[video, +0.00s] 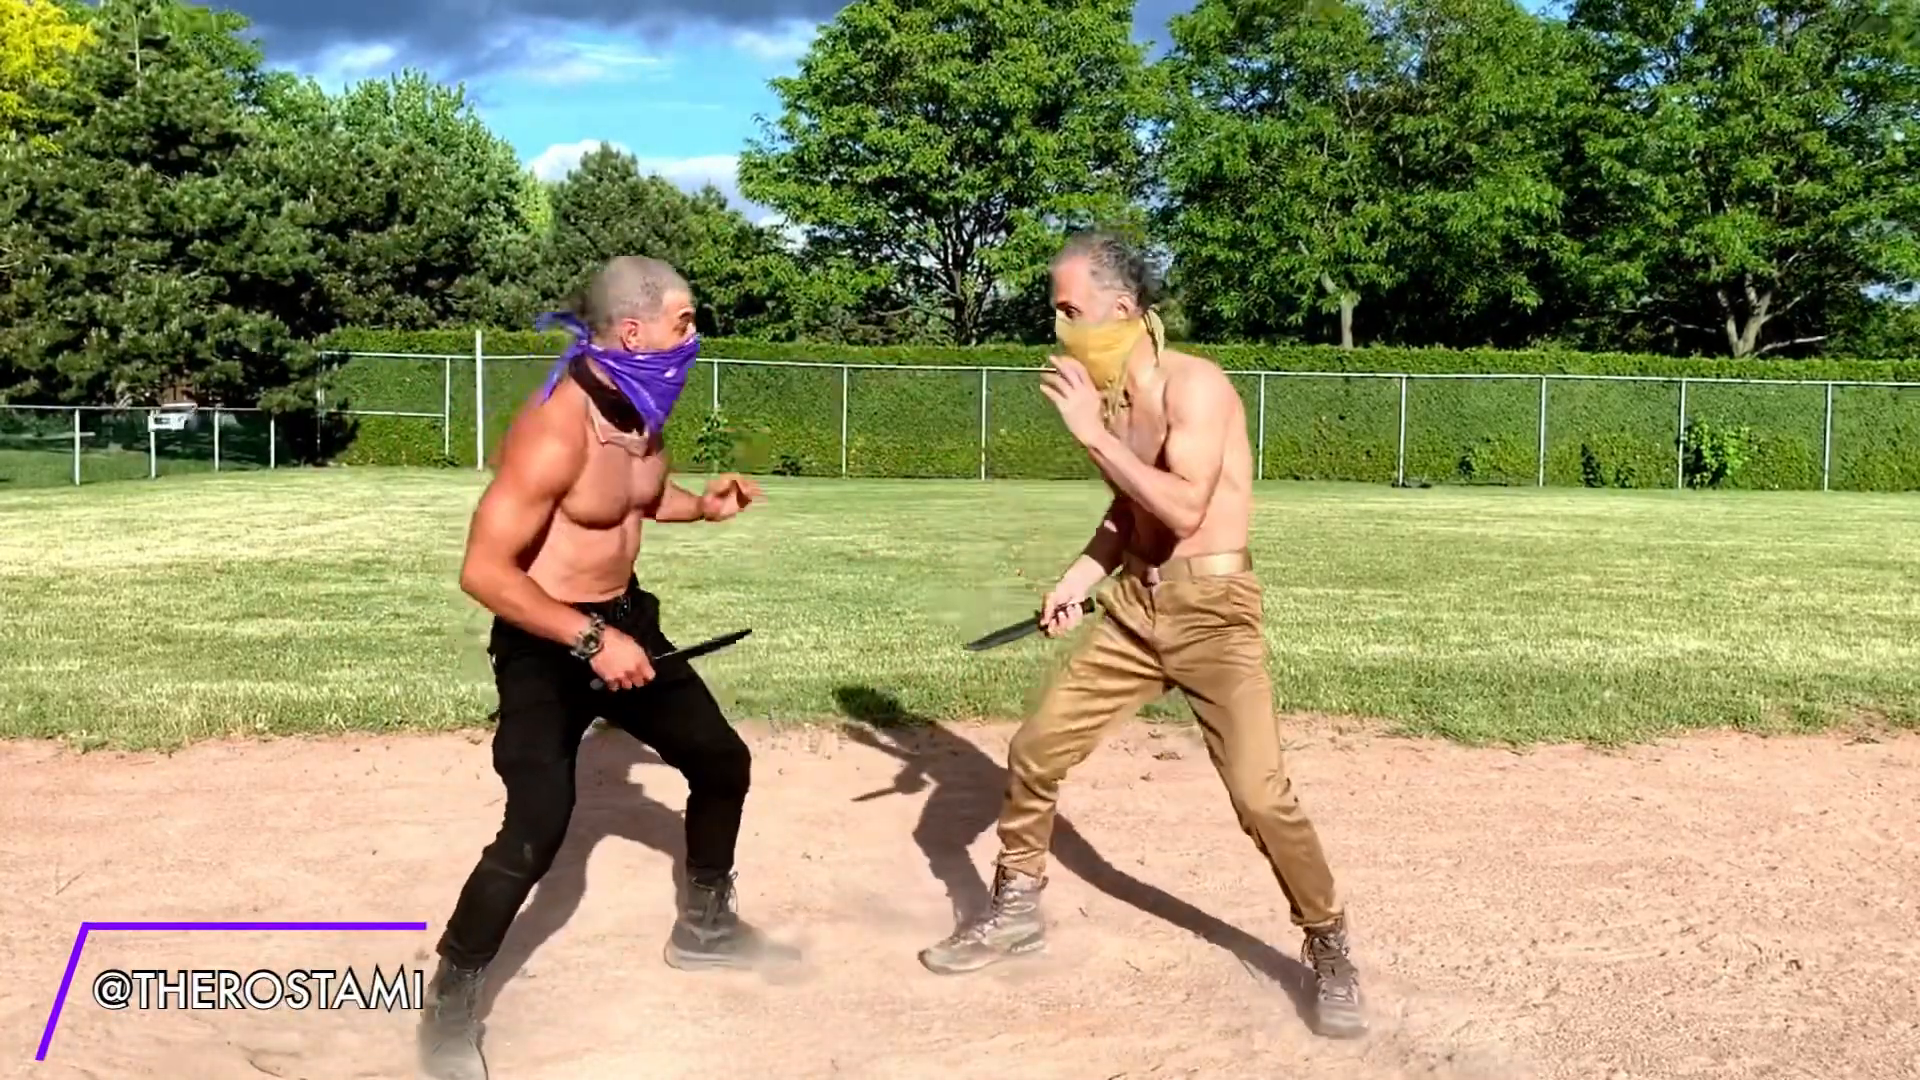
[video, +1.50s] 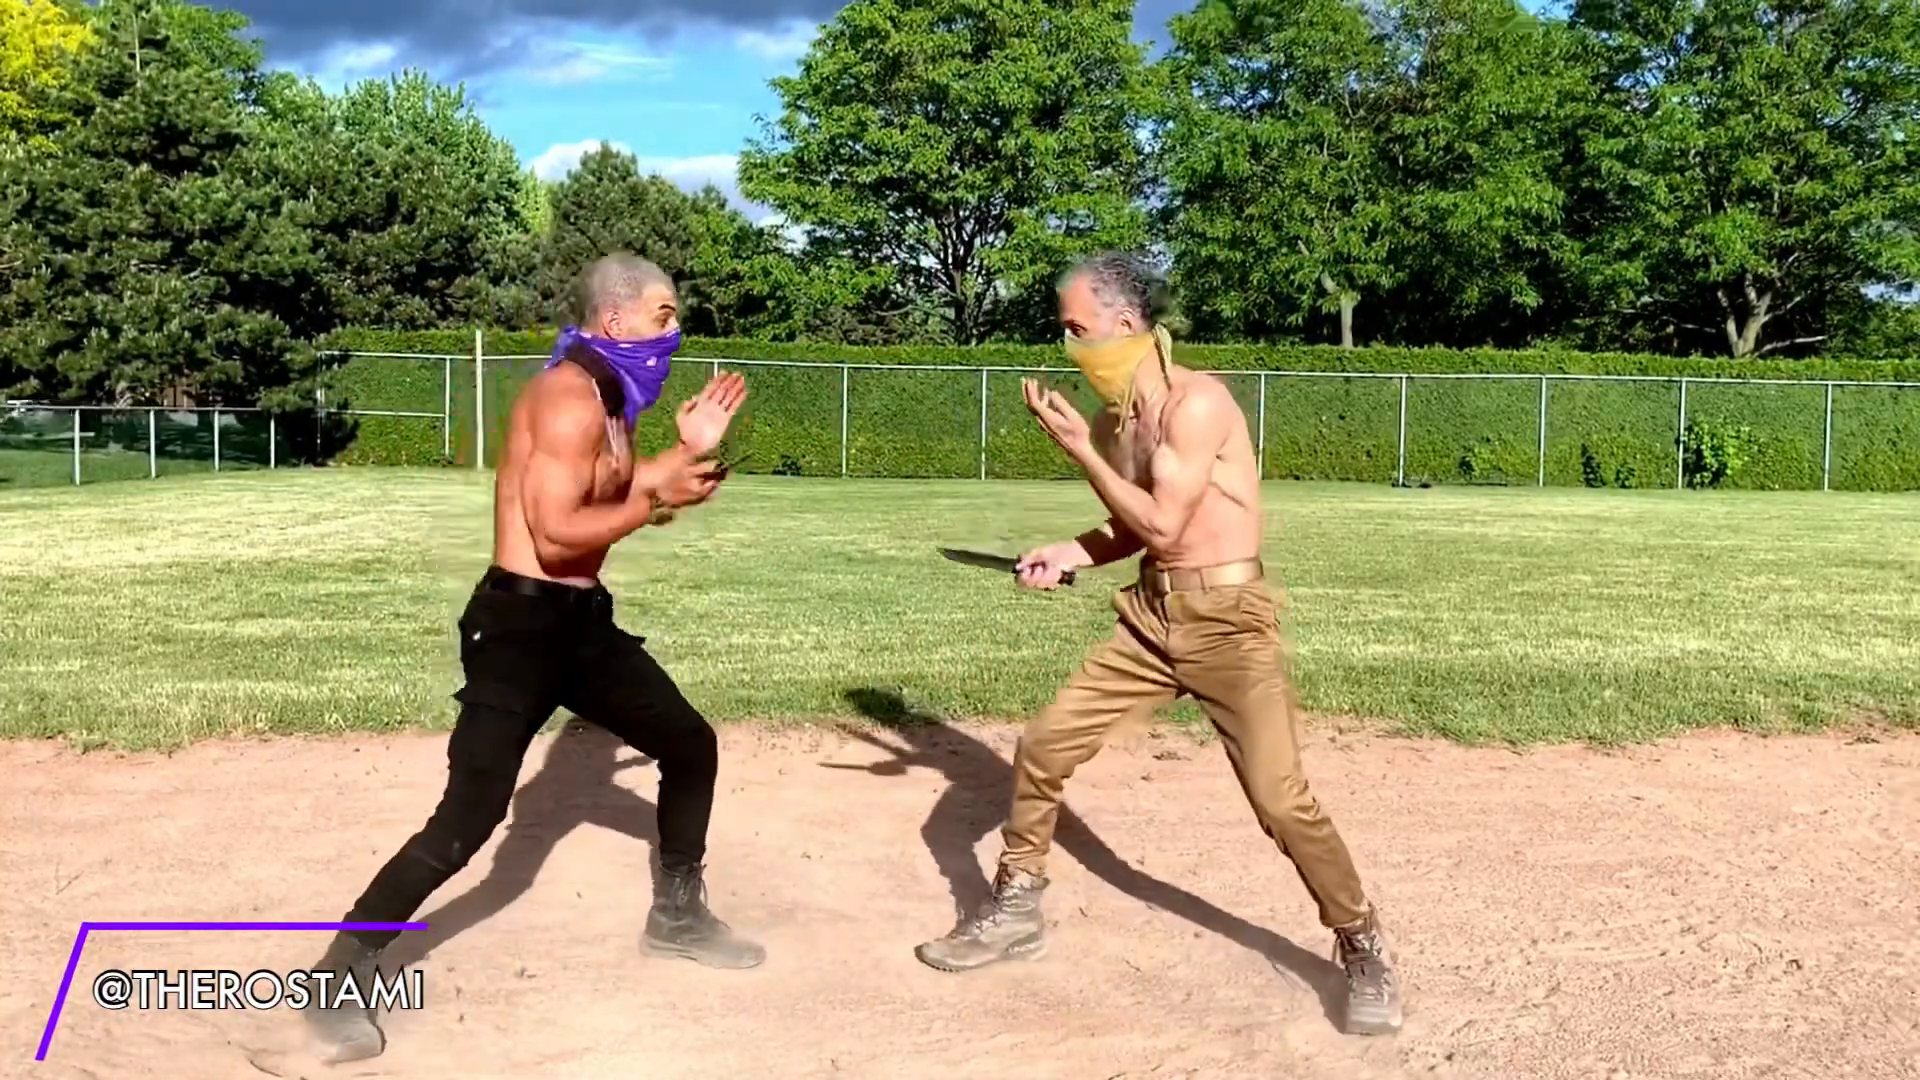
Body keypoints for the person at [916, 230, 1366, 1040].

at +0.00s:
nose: (1060, 325)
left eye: (1071, 308)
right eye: (1057, 310)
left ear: (1125, 307)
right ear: (1090, 313)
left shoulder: (1197, 385)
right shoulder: (1110, 403)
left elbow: (1185, 511)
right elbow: (1129, 512)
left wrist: (1093, 436)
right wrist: (1082, 574)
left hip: (1214, 612)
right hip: (1132, 607)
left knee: (1258, 797)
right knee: (1033, 755)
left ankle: (1330, 951)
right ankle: (1017, 911)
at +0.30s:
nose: (1076, 319)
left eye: (1086, 302)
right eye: (1071, 304)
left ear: (1139, 298)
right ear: (1098, 303)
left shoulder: (1209, 385)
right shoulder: (1104, 394)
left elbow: (1205, 504)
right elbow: (1082, 491)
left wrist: (1107, 432)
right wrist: (1030, 539)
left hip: (1215, 611)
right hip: (1127, 608)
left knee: (1267, 793)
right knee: (1028, 753)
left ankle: (1333, 952)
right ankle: (1016, 909)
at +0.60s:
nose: (1038, 319)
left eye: (1046, 302)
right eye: (1036, 303)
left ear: (1094, 304)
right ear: (1092, 311)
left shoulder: (1129, 367)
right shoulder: (1114, 391)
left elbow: (1060, 333)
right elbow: (1199, 455)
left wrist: (979, 276)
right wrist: (1162, 547)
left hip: (1178, 623)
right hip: (1112, 623)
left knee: (1237, 811)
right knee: (1002, 754)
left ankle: (1348, 943)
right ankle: (985, 914)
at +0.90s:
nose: (1126, 286)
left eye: (1137, 270)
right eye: (1126, 272)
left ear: (1186, 276)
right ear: (1170, 275)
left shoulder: (1232, 370)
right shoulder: (1167, 383)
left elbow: (1214, 433)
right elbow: (1167, 506)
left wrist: (1152, 336)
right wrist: (1093, 537)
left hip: (1205, 608)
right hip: (1145, 606)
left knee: (1226, 806)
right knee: (1054, 760)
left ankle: (1338, 959)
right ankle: (996, 913)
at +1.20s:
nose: (1081, 338)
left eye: (1091, 321)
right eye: (1078, 323)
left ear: (1145, 316)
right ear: (1127, 322)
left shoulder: (1220, 402)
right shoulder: (1142, 416)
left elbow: (1220, 535)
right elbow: (1135, 511)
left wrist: (1127, 461)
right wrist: (1035, 509)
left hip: (1240, 623)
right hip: (1163, 615)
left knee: (1279, 809)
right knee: (1056, 755)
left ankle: (1362, 953)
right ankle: (1030, 919)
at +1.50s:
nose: (1071, 346)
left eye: (1080, 329)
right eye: (1066, 332)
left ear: (1130, 321)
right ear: (1098, 331)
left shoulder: (1201, 404)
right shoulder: (1116, 421)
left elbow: (1165, 525)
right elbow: (1141, 526)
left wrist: (1083, 452)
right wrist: (1075, 552)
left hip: (1231, 625)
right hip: (1148, 619)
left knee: (1280, 802)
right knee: (1042, 750)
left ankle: (1363, 950)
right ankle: (1017, 910)